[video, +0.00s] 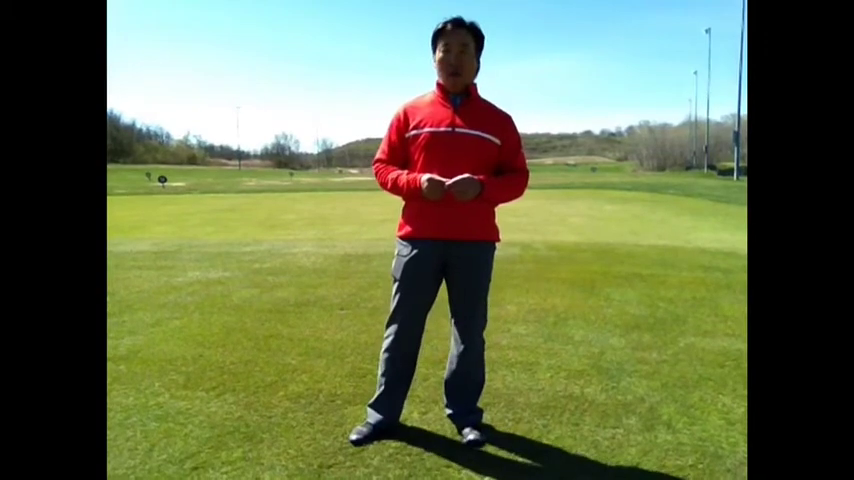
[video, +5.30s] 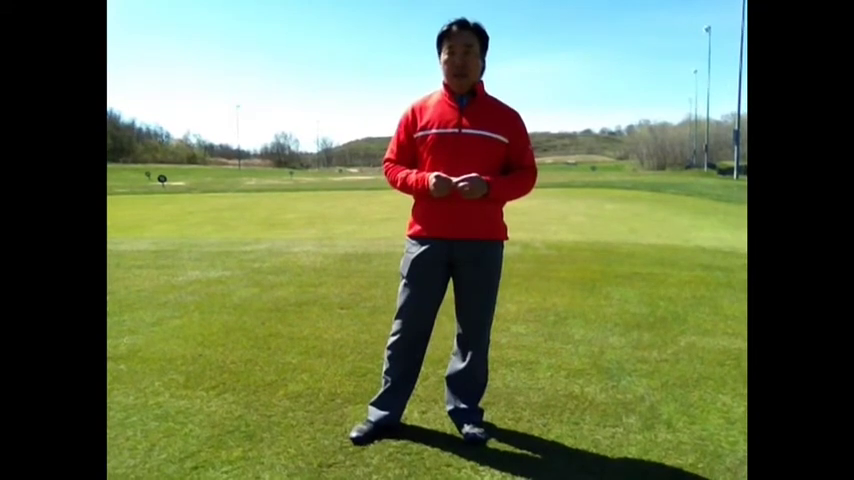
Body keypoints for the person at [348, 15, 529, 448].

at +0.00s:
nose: (452, 58)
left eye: (462, 50)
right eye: (445, 49)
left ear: (478, 59)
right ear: (433, 57)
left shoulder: (499, 122)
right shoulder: (409, 114)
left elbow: (518, 179)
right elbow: (382, 168)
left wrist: (482, 188)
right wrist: (416, 182)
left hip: (474, 244)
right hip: (418, 241)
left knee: (470, 334)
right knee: (401, 329)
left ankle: (467, 417)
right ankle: (382, 415)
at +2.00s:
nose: (452, 58)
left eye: (462, 50)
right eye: (444, 51)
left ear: (477, 57)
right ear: (433, 59)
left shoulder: (501, 120)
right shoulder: (413, 115)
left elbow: (522, 176)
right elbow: (387, 169)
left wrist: (491, 187)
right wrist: (411, 181)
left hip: (478, 245)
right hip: (422, 241)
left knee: (473, 334)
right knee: (405, 330)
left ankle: (468, 415)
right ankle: (384, 414)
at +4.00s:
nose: (452, 60)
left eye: (461, 51)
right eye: (444, 53)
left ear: (477, 58)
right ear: (433, 62)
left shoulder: (504, 119)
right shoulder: (415, 117)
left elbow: (525, 175)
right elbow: (392, 172)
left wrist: (489, 184)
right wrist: (424, 181)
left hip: (482, 243)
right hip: (427, 241)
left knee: (475, 334)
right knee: (408, 330)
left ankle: (468, 415)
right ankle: (383, 414)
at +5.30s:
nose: (457, 59)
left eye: (467, 51)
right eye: (450, 51)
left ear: (483, 59)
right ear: (439, 58)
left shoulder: (506, 119)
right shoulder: (418, 113)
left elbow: (526, 175)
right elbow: (392, 168)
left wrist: (489, 187)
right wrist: (425, 181)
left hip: (482, 244)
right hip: (426, 240)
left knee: (474, 334)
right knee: (407, 329)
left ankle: (467, 413)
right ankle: (384, 413)